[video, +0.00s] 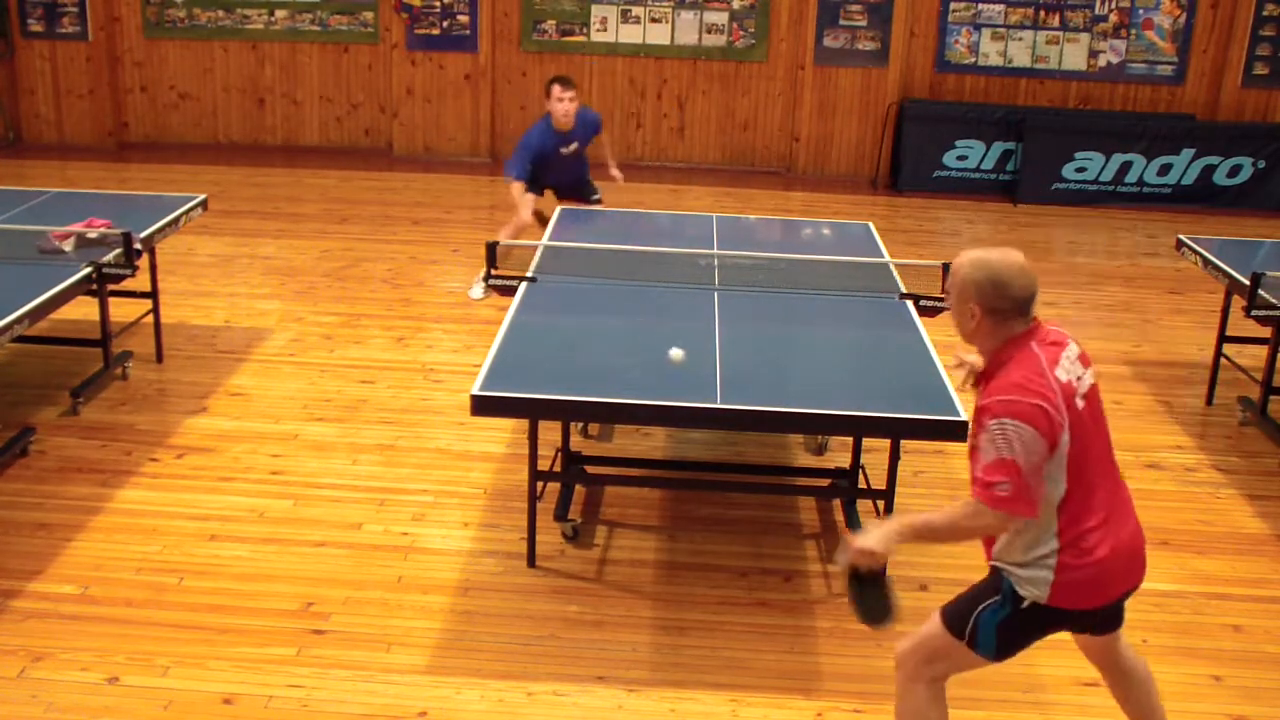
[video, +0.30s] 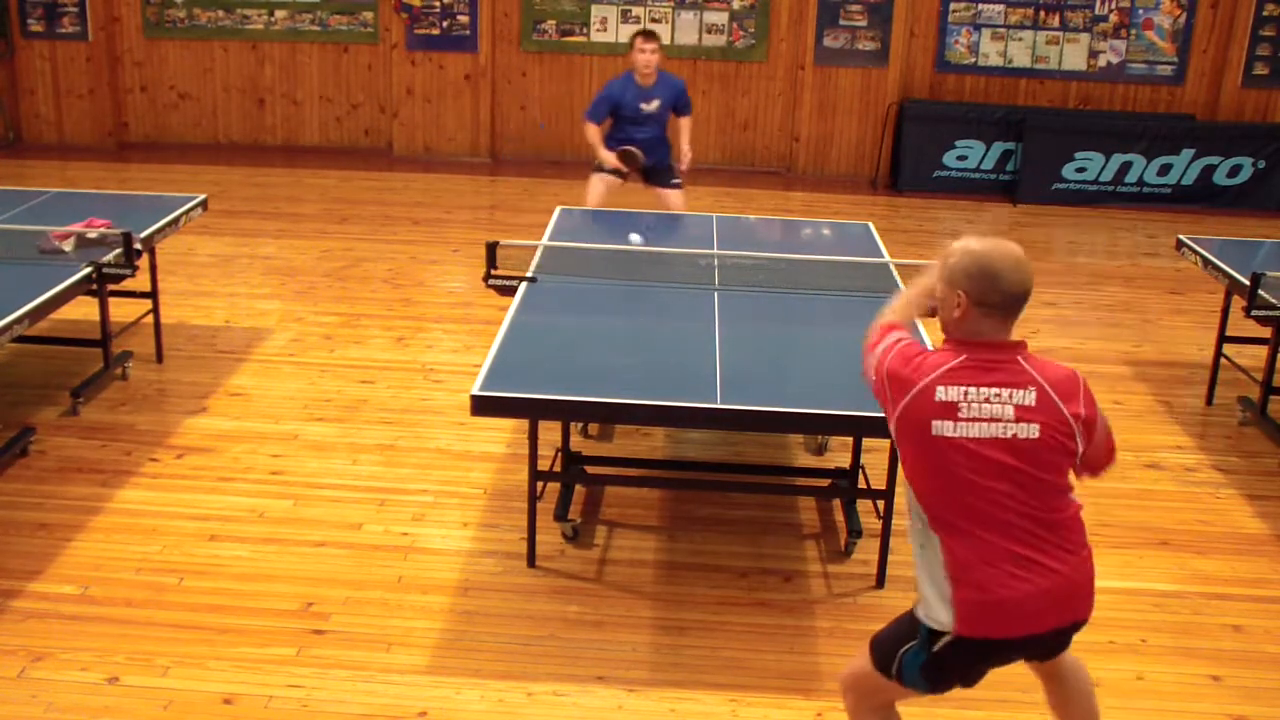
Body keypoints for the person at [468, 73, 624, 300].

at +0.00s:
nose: (566, 107)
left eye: (571, 100)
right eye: (560, 101)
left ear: (578, 102)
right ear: (548, 104)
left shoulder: (589, 120)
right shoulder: (537, 136)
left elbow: (601, 138)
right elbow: (516, 180)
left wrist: (611, 165)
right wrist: (525, 211)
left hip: (574, 177)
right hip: (539, 178)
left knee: (599, 220)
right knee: (524, 219)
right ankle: (487, 273)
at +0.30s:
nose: (648, 58)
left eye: (653, 52)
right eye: (642, 52)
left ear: (660, 56)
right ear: (632, 55)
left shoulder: (674, 87)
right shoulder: (617, 88)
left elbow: (684, 114)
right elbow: (591, 121)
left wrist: (684, 146)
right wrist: (603, 153)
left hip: (657, 151)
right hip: (619, 148)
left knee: (678, 210)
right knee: (592, 204)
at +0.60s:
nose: (656, 77)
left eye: (662, 71)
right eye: (653, 72)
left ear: (677, 72)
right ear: (650, 75)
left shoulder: (703, 97)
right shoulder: (658, 107)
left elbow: (738, 124)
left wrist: (745, 160)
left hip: (721, 167)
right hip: (685, 167)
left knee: (749, 221)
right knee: (651, 207)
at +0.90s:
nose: (646, 41)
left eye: (652, 35)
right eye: (642, 35)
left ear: (665, 39)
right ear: (638, 40)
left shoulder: (687, 64)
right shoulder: (635, 75)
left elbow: (721, 84)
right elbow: (608, 104)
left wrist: (727, 100)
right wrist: (594, 93)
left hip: (695, 142)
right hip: (656, 145)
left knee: (722, 193)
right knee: (643, 195)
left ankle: (752, 235)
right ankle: (639, 246)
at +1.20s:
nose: (665, 21)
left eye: (670, 15)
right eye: (660, 15)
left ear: (677, 19)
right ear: (651, 19)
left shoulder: (694, 52)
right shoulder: (637, 53)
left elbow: (707, 82)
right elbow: (615, 81)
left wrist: (711, 105)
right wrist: (601, 86)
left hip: (681, 132)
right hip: (646, 132)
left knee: (697, 191)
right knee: (644, 186)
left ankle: (699, 239)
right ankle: (629, 239)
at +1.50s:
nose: (665, 12)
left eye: (670, 7)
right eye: (660, 7)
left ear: (677, 11)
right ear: (652, 11)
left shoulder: (693, 41)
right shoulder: (640, 39)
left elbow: (708, 73)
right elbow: (625, 68)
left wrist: (702, 95)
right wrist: (622, 87)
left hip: (677, 114)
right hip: (641, 112)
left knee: (687, 171)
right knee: (619, 162)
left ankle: (697, 222)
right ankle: (603, 208)